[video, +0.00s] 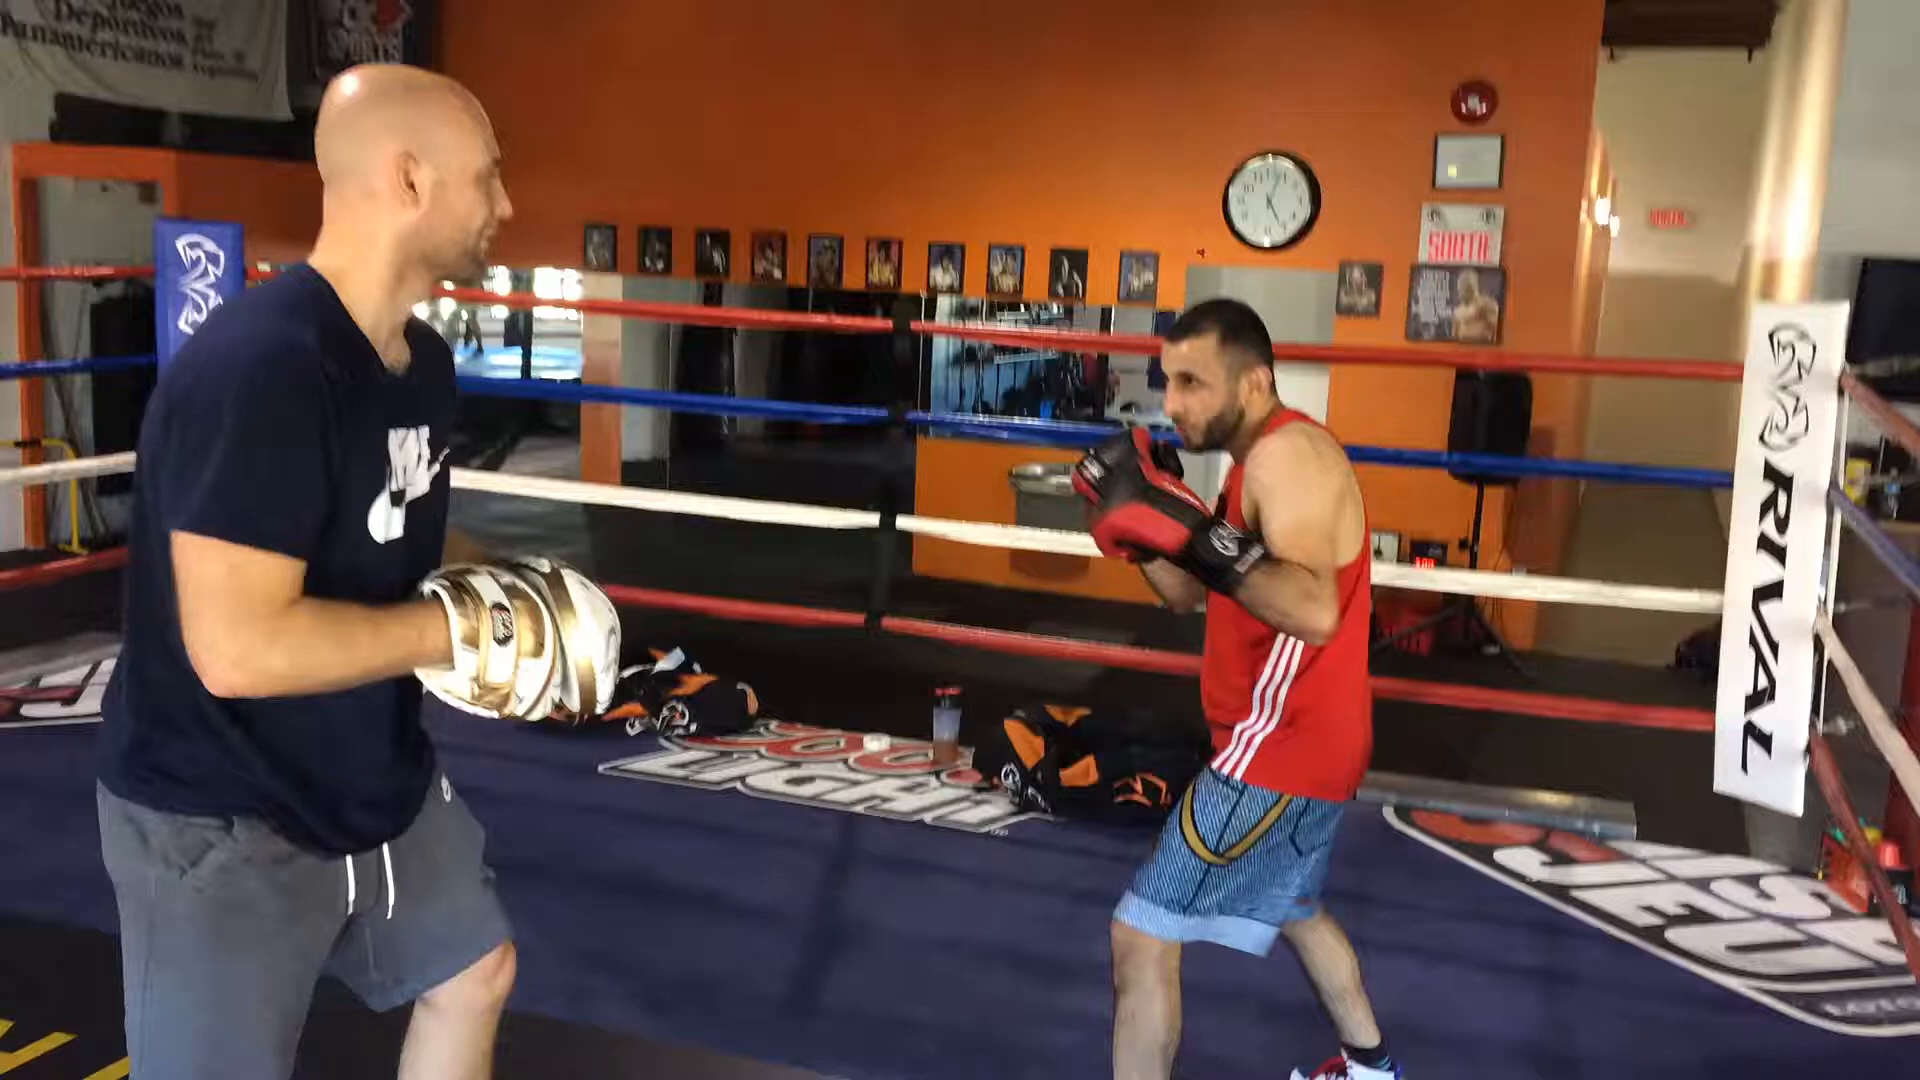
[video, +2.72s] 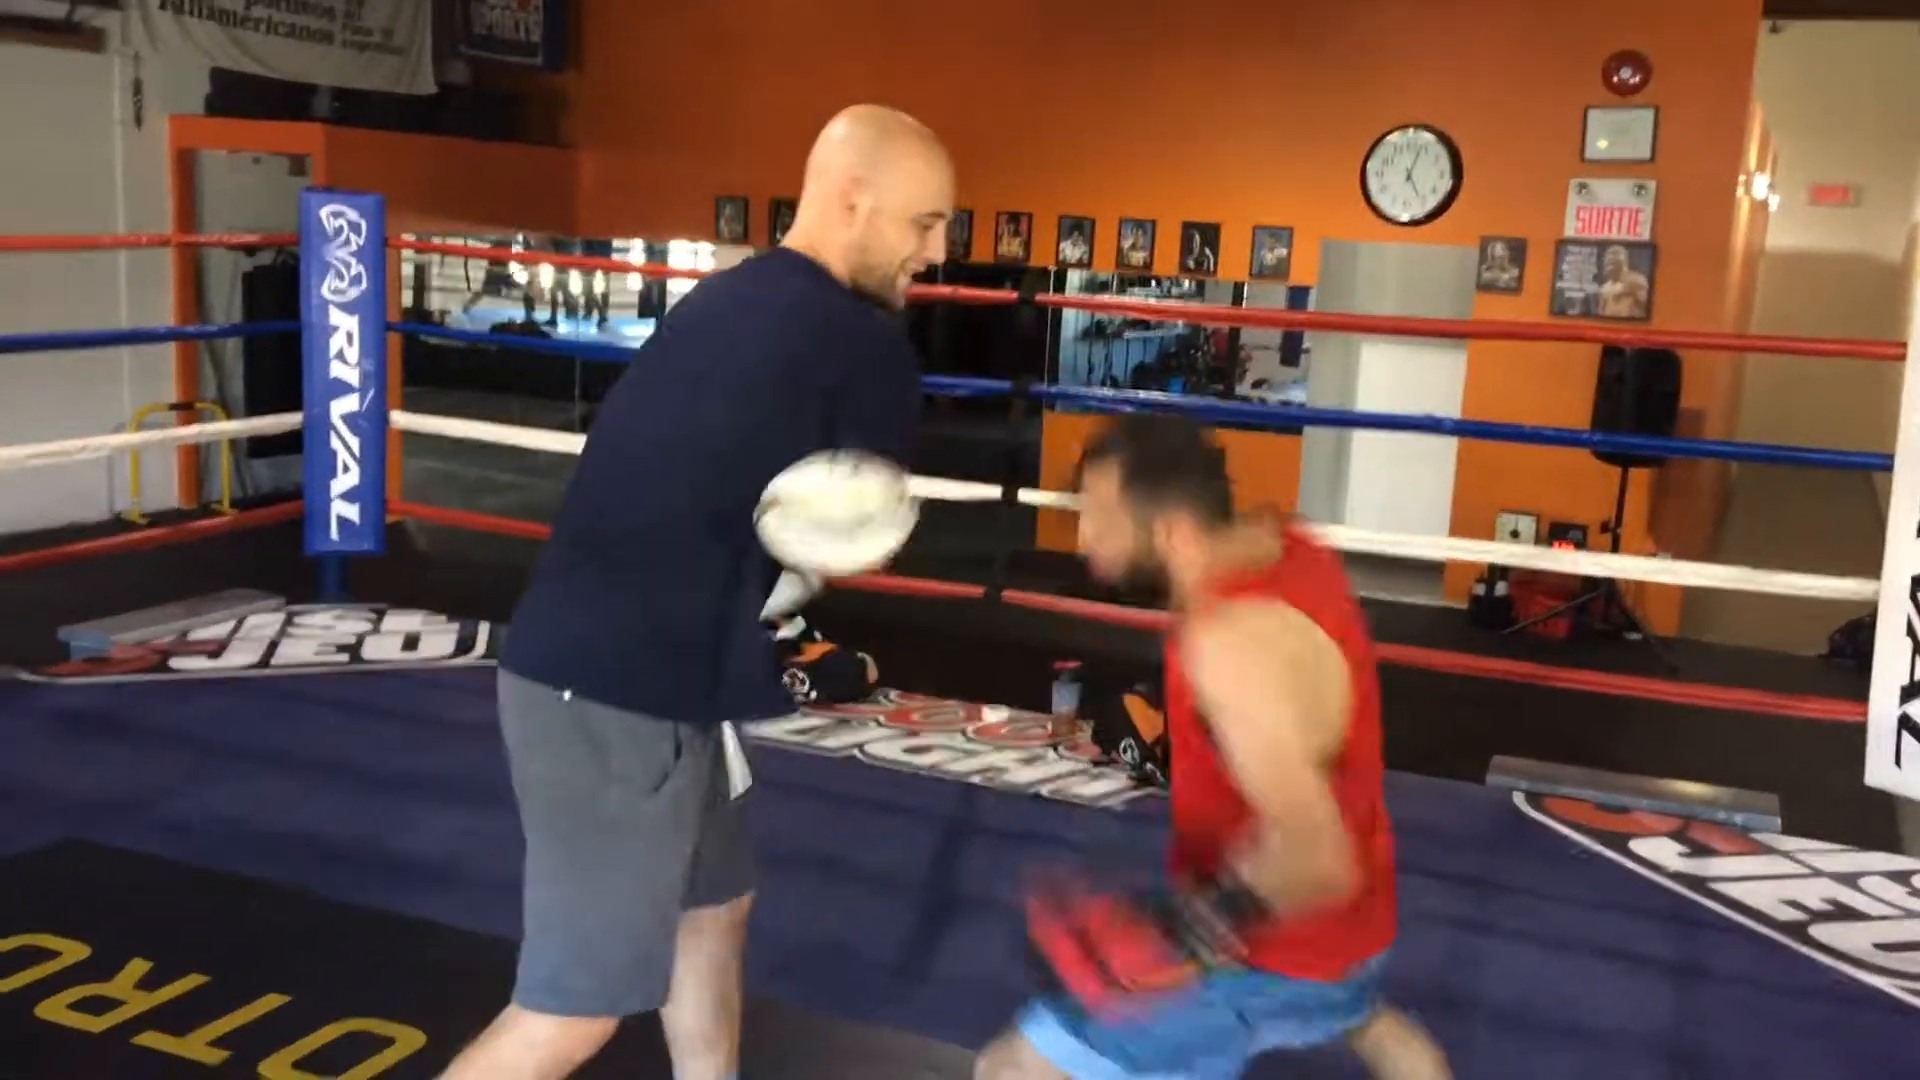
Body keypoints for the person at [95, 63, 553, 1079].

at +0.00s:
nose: (504, 207)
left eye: (499, 179)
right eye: (488, 177)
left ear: (405, 183)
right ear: (407, 181)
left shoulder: (418, 359)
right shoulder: (256, 361)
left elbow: (389, 563)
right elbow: (237, 649)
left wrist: (497, 616)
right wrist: (460, 629)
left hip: (371, 772)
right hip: (217, 811)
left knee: (470, 977)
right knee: (213, 1062)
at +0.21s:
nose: (506, 246)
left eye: (506, 217)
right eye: (491, 214)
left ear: (409, 209)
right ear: (407, 205)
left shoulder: (416, 371)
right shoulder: (258, 376)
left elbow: (398, 591)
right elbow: (344, 664)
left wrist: (528, 607)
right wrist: (539, 606)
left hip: (371, 781)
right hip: (218, 821)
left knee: (521, 952)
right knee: (215, 1063)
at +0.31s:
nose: (537, 276)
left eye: (536, 246)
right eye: (523, 244)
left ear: (441, 245)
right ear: (438, 242)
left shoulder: (435, 398)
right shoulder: (300, 419)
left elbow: (436, 579)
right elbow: (463, 670)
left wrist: (567, 518)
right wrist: (603, 540)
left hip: (383, 795)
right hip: (233, 839)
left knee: (530, 962)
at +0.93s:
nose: (661, 245)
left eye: (659, 219)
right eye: (650, 216)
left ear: (576, 210)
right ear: (579, 206)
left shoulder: (556, 368)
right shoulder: (477, 379)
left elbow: (577, 535)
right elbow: (627, 611)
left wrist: (700, 477)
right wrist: (743, 475)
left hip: (507, 780)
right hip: (379, 798)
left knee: (553, 991)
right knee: (373, 1061)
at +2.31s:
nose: (776, 261)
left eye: (775, 235)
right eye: (761, 232)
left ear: (686, 229)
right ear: (684, 226)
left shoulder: (676, 401)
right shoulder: (571, 367)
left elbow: (668, 592)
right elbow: (572, 600)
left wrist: (821, 558)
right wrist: (756, 519)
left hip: (583, 772)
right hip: (456, 787)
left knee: (650, 957)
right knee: (445, 1060)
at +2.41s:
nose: (820, 246)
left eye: (820, 221)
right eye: (805, 220)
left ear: (720, 218)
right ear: (724, 213)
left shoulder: (672, 334)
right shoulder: (679, 337)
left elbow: (648, 517)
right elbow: (856, 507)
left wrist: (746, 591)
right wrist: (1032, 459)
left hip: (607, 735)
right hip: (497, 743)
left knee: (664, 942)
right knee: (441, 1048)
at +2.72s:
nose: (938, 251)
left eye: (943, 227)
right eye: (926, 222)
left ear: (834, 200)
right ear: (849, 200)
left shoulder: (735, 296)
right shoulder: (856, 341)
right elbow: (850, 536)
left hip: (675, 689)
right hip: (602, 695)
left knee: (715, 905)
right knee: (569, 1010)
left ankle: (705, 1077)